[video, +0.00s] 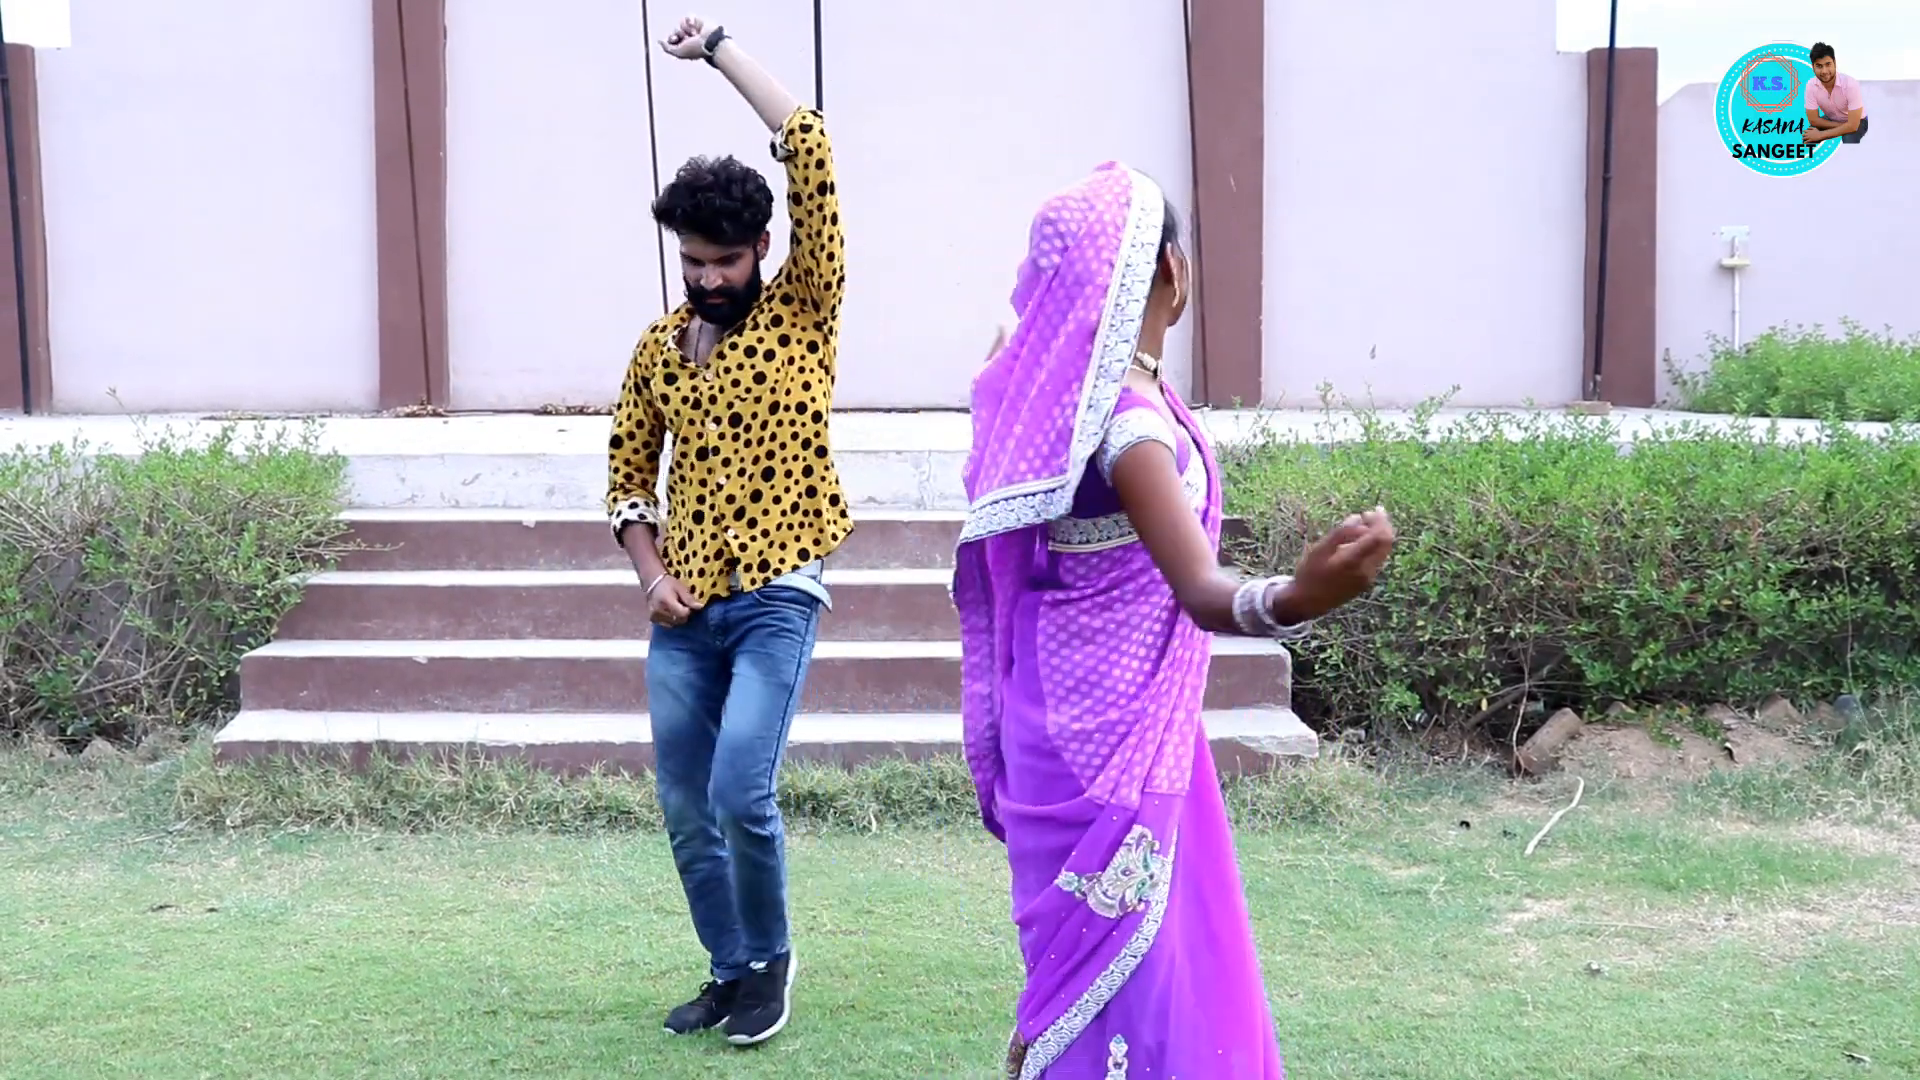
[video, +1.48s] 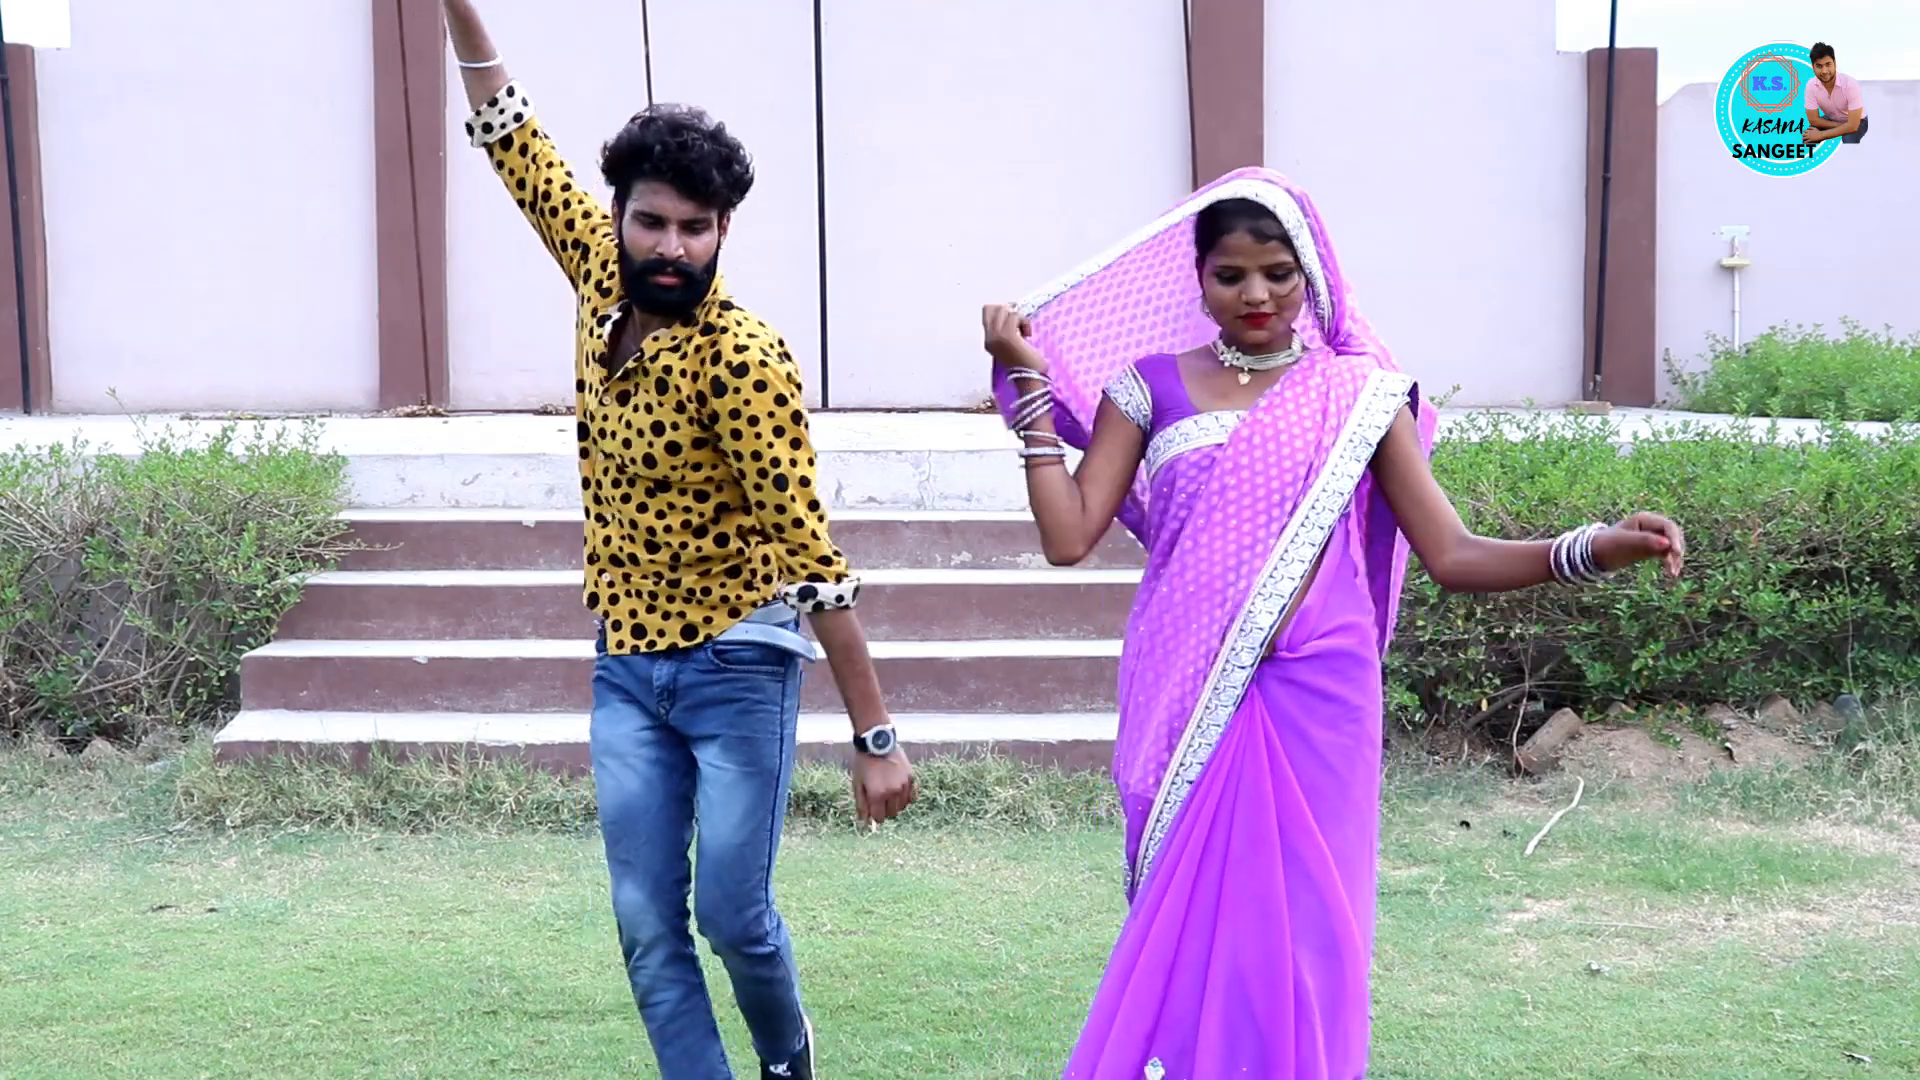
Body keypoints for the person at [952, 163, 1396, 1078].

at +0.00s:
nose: (1188, 268)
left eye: (1181, 249)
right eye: (1182, 250)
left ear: (1069, 272)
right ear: (1167, 270)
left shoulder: (1038, 382)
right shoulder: (1128, 417)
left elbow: (992, 581)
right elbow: (1200, 591)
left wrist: (988, 741)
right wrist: (1299, 596)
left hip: (1056, 721)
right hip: (1114, 739)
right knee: (1116, 986)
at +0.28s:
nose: (1178, 301)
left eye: (1175, 277)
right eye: (1182, 279)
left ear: (1106, 292)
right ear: (1221, 306)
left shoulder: (1045, 409)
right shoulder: (1244, 450)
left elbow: (936, 469)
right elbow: (1374, 616)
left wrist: (821, 447)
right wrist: (1519, 608)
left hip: (1051, 765)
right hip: (1183, 773)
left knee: (1057, 1004)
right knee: (1194, 1010)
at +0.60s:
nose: (1153, 268)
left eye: (1163, 251)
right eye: (1157, 249)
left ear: (1191, 260)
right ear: (1277, 261)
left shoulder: (1127, 357)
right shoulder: (1324, 375)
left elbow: (966, 457)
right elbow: (1377, 520)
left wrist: (835, 534)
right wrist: (1414, 626)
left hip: (1118, 662)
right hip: (1257, 666)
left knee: (1100, 880)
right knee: (1228, 877)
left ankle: (1102, 1056)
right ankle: (1228, 1052)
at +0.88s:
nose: (1148, 281)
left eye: (1167, 265)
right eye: (1151, 261)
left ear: (1225, 280)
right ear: (1235, 287)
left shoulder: (1216, 385)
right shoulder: (1284, 378)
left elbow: (1215, 535)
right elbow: (1215, 546)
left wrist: (1152, 703)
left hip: (1197, 714)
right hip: (1258, 713)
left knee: (1124, 966)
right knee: (1218, 967)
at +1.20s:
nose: (1195, 299)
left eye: (1218, 277)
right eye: (1177, 281)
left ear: (1268, 282)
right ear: (1162, 292)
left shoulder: (1321, 400)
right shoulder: (1164, 405)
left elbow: (1396, 555)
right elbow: (996, 418)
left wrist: (1483, 683)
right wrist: (1116, 348)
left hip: (1257, 711)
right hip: (1147, 709)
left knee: (1249, 951)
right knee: (1144, 943)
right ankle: (1155, 1075)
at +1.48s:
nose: (1256, 296)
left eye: (1276, 273)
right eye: (1230, 276)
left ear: (1306, 274)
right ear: (1199, 279)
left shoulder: (1363, 390)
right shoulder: (1154, 388)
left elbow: (1455, 557)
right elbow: (1069, 538)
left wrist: (1592, 547)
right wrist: (1026, 384)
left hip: (1320, 698)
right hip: (1183, 699)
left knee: (1306, 946)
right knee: (1184, 942)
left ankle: (1303, 1074)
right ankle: (1188, 1076)